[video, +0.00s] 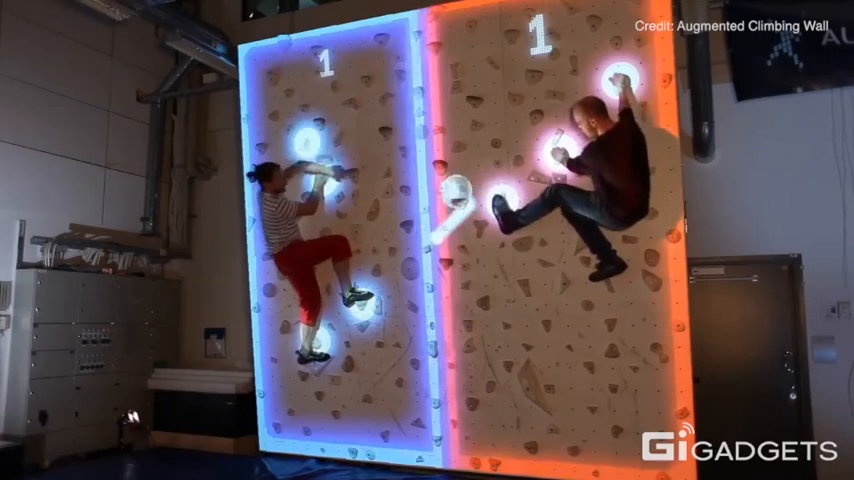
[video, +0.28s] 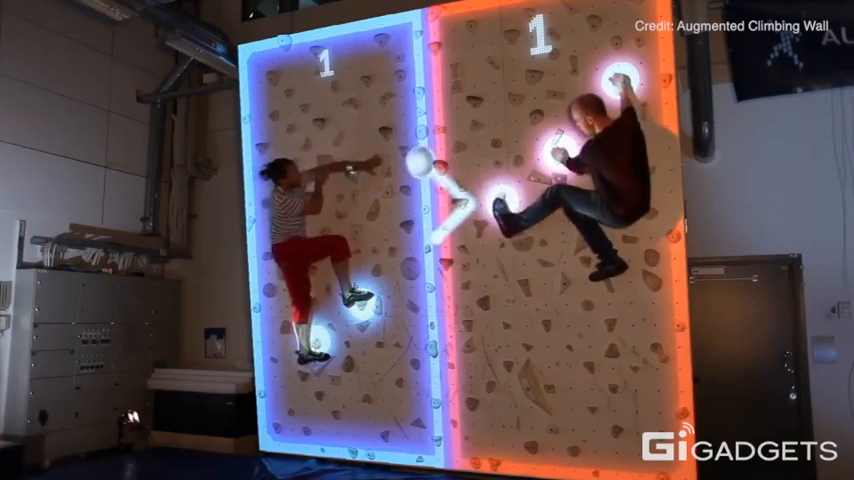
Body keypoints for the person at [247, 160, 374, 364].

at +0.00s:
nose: (284, 178)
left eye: (281, 175)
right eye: (280, 176)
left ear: (268, 183)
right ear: (269, 183)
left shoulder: (268, 194)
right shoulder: (278, 205)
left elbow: (298, 167)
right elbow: (311, 208)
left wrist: (330, 171)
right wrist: (320, 182)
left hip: (285, 256)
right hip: (293, 253)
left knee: (311, 301)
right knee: (338, 244)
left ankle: (306, 351)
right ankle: (348, 293)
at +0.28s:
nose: (299, 174)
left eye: (297, 171)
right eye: (295, 173)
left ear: (284, 180)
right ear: (284, 180)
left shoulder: (290, 188)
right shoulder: (286, 199)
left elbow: (323, 170)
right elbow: (315, 207)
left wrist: (359, 165)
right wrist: (319, 184)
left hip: (286, 249)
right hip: (292, 248)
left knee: (301, 299)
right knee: (337, 243)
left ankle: (304, 351)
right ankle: (348, 292)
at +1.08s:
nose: (303, 158)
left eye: (300, 156)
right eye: (299, 157)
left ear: (288, 166)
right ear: (292, 165)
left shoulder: (288, 175)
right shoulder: (293, 188)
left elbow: (312, 142)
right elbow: (318, 209)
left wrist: (330, 111)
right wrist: (321, 187)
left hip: (288, 242)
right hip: (300, 238)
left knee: (301, 293)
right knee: (344, 242)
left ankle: (305, 346)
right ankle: (348, 291)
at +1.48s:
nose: (294, 171)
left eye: (292, 167)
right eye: (289, 169)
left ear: (285, 169)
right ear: (279, 173)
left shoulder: (277, 184)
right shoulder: (286, 194)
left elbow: (297, 151)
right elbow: (316, 209)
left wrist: (314, 123)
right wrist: (320, 186)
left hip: (287, 247)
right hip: (297, 244)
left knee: (299, 298)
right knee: (342, 243)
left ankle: (305, 349)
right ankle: (349, 293)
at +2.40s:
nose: (283, 185)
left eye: (283, 181)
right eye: (278, 183)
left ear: (279, 179)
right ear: (268, 184)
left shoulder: (269, 192)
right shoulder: (278, 203)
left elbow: (289, 156)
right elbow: (311, 207)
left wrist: (309, 129)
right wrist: (320, 185)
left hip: (286, 251)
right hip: (291, 251)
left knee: (302, 300)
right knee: (337, 244)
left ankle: (305, 352)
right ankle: (348, 293)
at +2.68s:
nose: (283, 187)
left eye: (283, 183)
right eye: (279, 185)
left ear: (279, 181)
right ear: (269, 186)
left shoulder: (268, 195)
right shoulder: (279, 204)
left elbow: (290, 158)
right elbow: (311, 207)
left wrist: (308, 130)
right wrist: (320, 186)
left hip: (282, 254)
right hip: (291, 251)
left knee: (305, 300)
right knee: (333, 246)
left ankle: (305, 351)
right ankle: (346, 294)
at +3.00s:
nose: (285, 188)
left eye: (285, 184)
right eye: (280, 185)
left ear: (282, 181)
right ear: (270, 187)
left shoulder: (270, 193)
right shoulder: (278, 204)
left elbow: (292, 157)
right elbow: (309, 205)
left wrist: (309, 130)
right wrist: (320, 185)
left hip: (283, 253)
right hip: (288, 252)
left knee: (304, 299)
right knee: (332, 250)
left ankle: (305, 352)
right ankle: (344, 297)